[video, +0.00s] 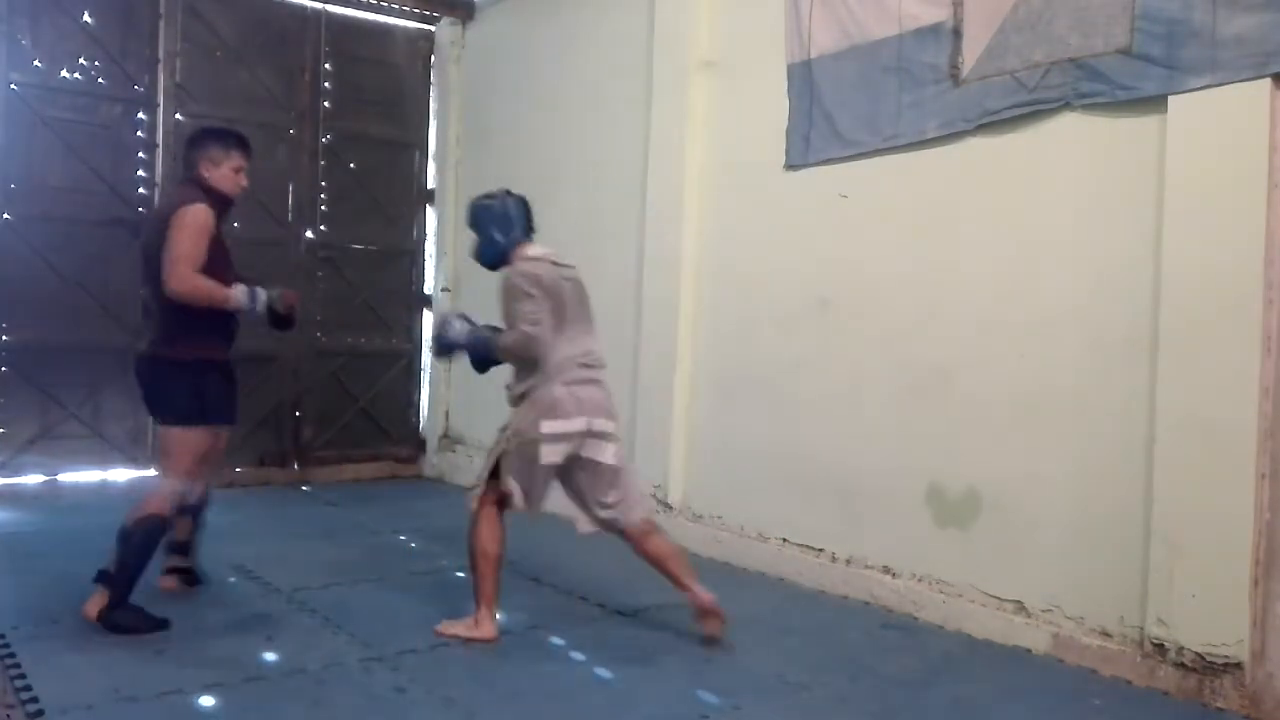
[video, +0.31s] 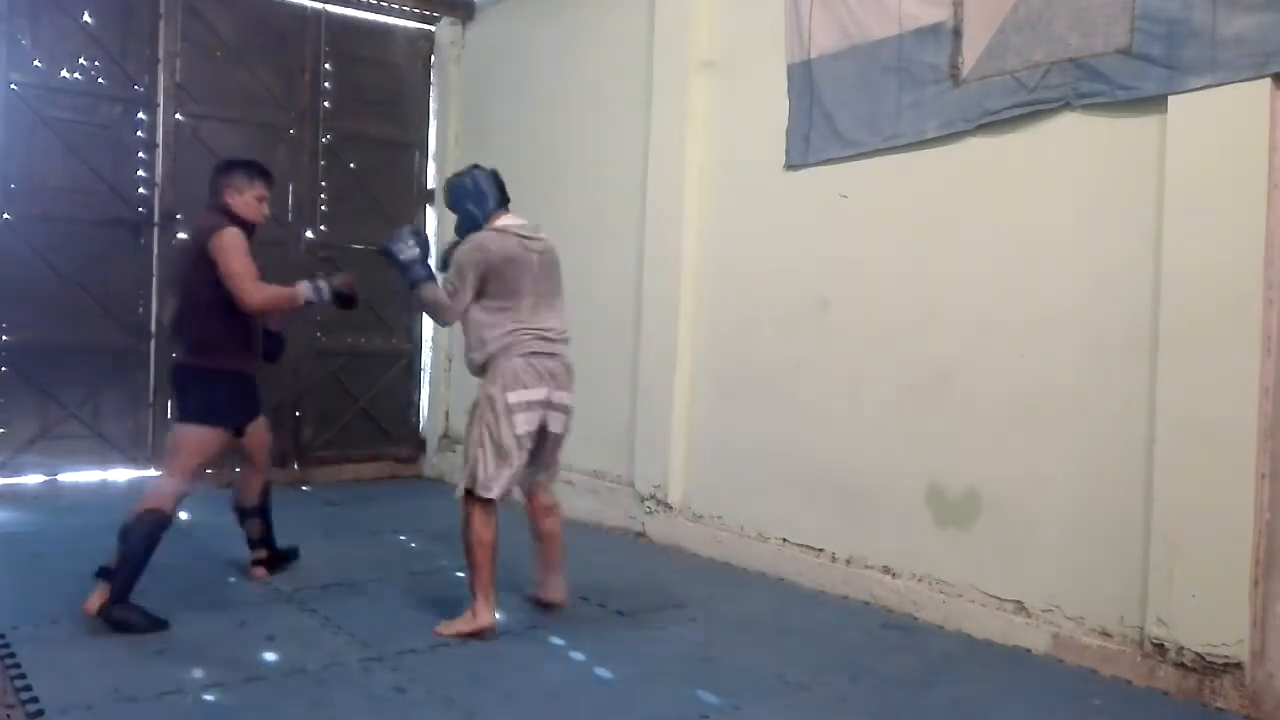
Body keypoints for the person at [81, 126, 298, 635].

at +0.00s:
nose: (243, 180)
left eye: (245, 172)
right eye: (237, 171)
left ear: (211, 170)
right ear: (206, 167)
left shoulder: (199, 212)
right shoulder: (195, 211)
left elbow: (200, 284)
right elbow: (179, 280)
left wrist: (259, 300)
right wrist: (254, 299)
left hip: (202, 361)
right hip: (182, 364)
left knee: (207, 455)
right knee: (178, 475)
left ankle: (179, 563)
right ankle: (110, 597)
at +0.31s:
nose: (266, 208)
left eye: (267, 199)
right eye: (260, 198)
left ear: (232, 199)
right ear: (230, 194)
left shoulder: (213, 233)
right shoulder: (226, 234)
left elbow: (222, 308)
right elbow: (253, 296)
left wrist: (263, 322)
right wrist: (317, 290)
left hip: (220, 374)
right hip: (215, 377)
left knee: (258, 445)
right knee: (177, 478)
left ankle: (264, 553)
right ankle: (114, 595)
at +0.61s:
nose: (287, 200)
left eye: (289, 195)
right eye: (282, 193)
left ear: (250, 196)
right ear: (258, 190)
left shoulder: (236, 233)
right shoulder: (255, 209)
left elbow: (277, 280)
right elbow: (282, 209)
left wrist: (322, 274)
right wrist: (323, 209)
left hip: (248, 333)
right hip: (293, 319)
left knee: (267, 424)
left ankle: (279, 527)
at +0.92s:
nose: (284, 211)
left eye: (284, 205)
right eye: (281, 204)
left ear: (248, 206)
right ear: (273, 205)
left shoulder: (232, 249)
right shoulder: (283, 238)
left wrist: (326, 277)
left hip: (264, 341)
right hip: (308, 322)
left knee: (268, 435)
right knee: (392, 351)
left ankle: (283, 528)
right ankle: (402, 275)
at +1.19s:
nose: (291, 232)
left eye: (289, 228)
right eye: (288, 228)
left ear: (254, 238)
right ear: (282, 230)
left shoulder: (239, 278)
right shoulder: (293, 240)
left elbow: (238, 336)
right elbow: (323, 261)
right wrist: (362, 291)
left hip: (270, 348)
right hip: (319, 337)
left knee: (284, 439)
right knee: (346, 418)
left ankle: (294, 538)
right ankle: (351, 509)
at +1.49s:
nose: (329, 232)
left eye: (329, 225)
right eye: (325, 225)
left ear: (294, 223)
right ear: (308, 223)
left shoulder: (267, 254)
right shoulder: (315, 256)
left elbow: (245, 310)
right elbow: (312, 308)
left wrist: (273, 332)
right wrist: (341, 329)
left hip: (268, 361)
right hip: (310, 362)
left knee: (275, 431)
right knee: (316, 436)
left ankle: (267, 493)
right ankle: (311, 522)